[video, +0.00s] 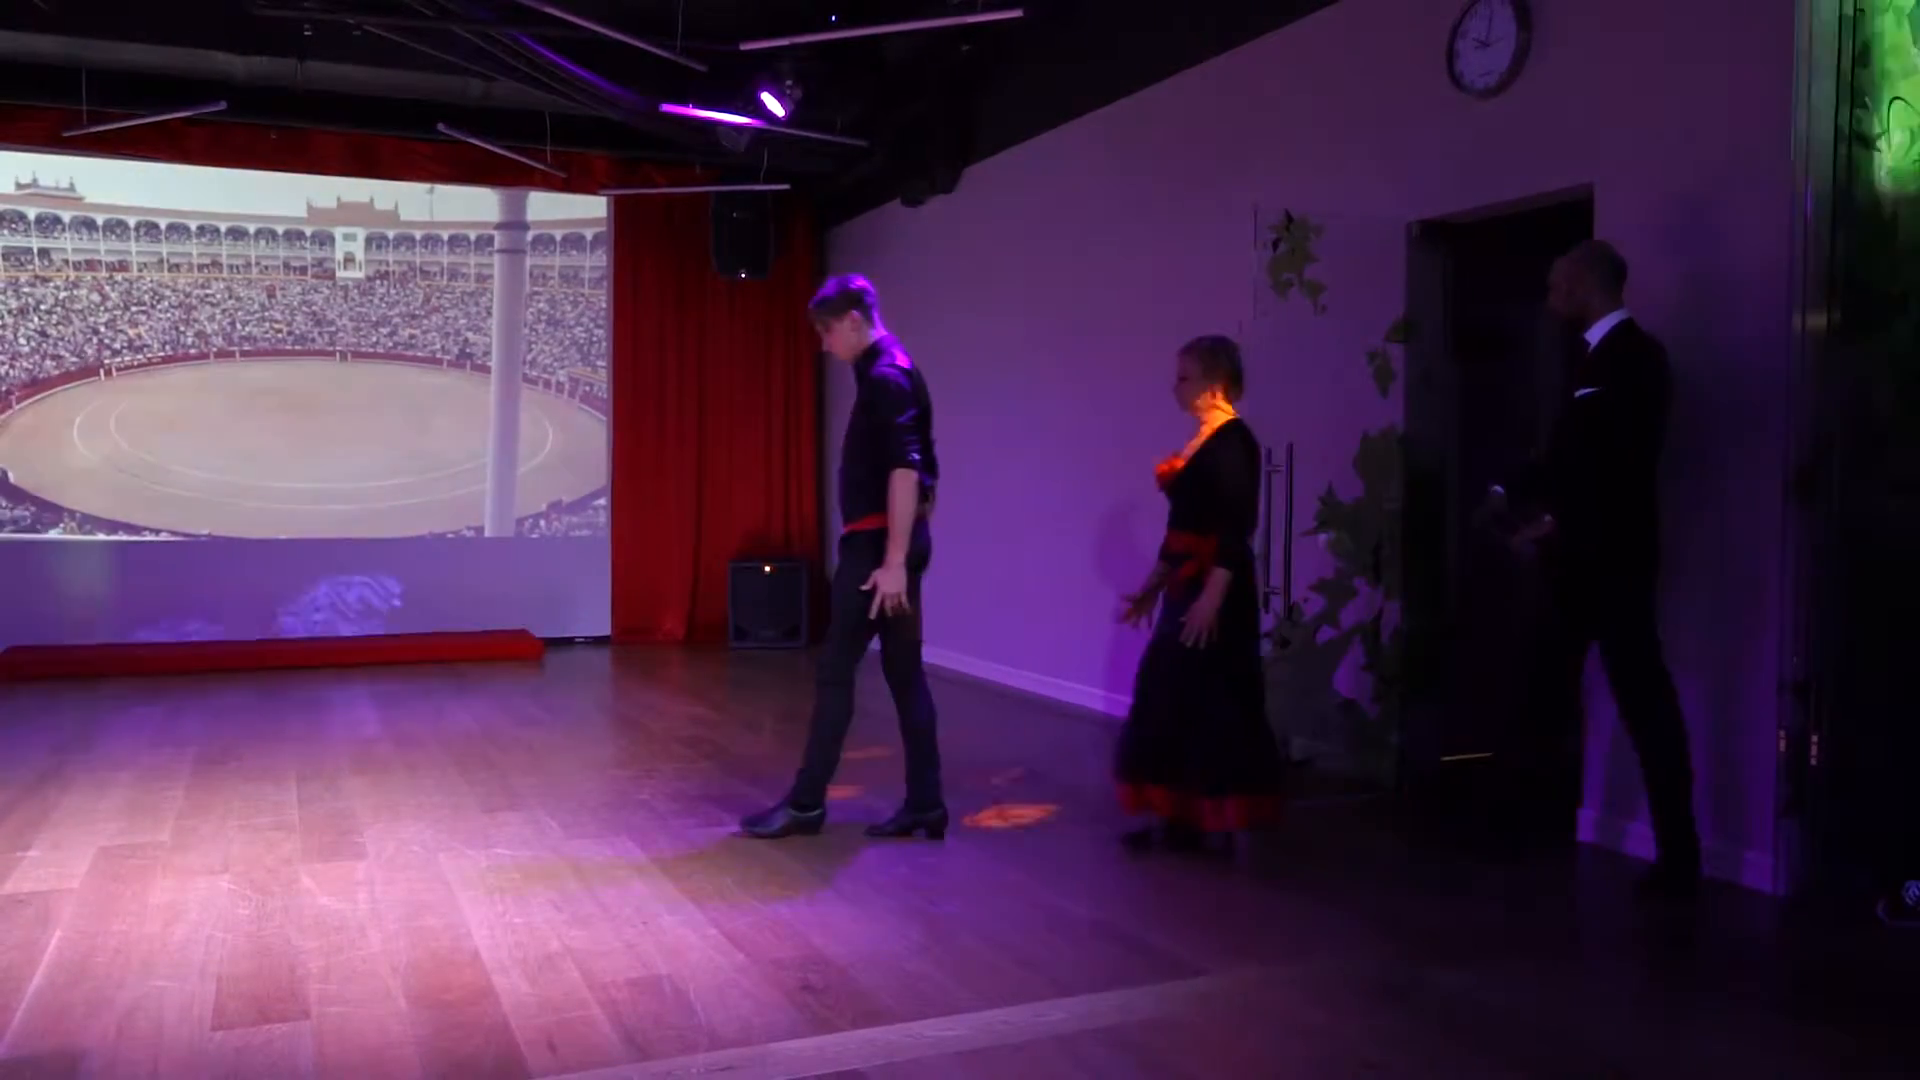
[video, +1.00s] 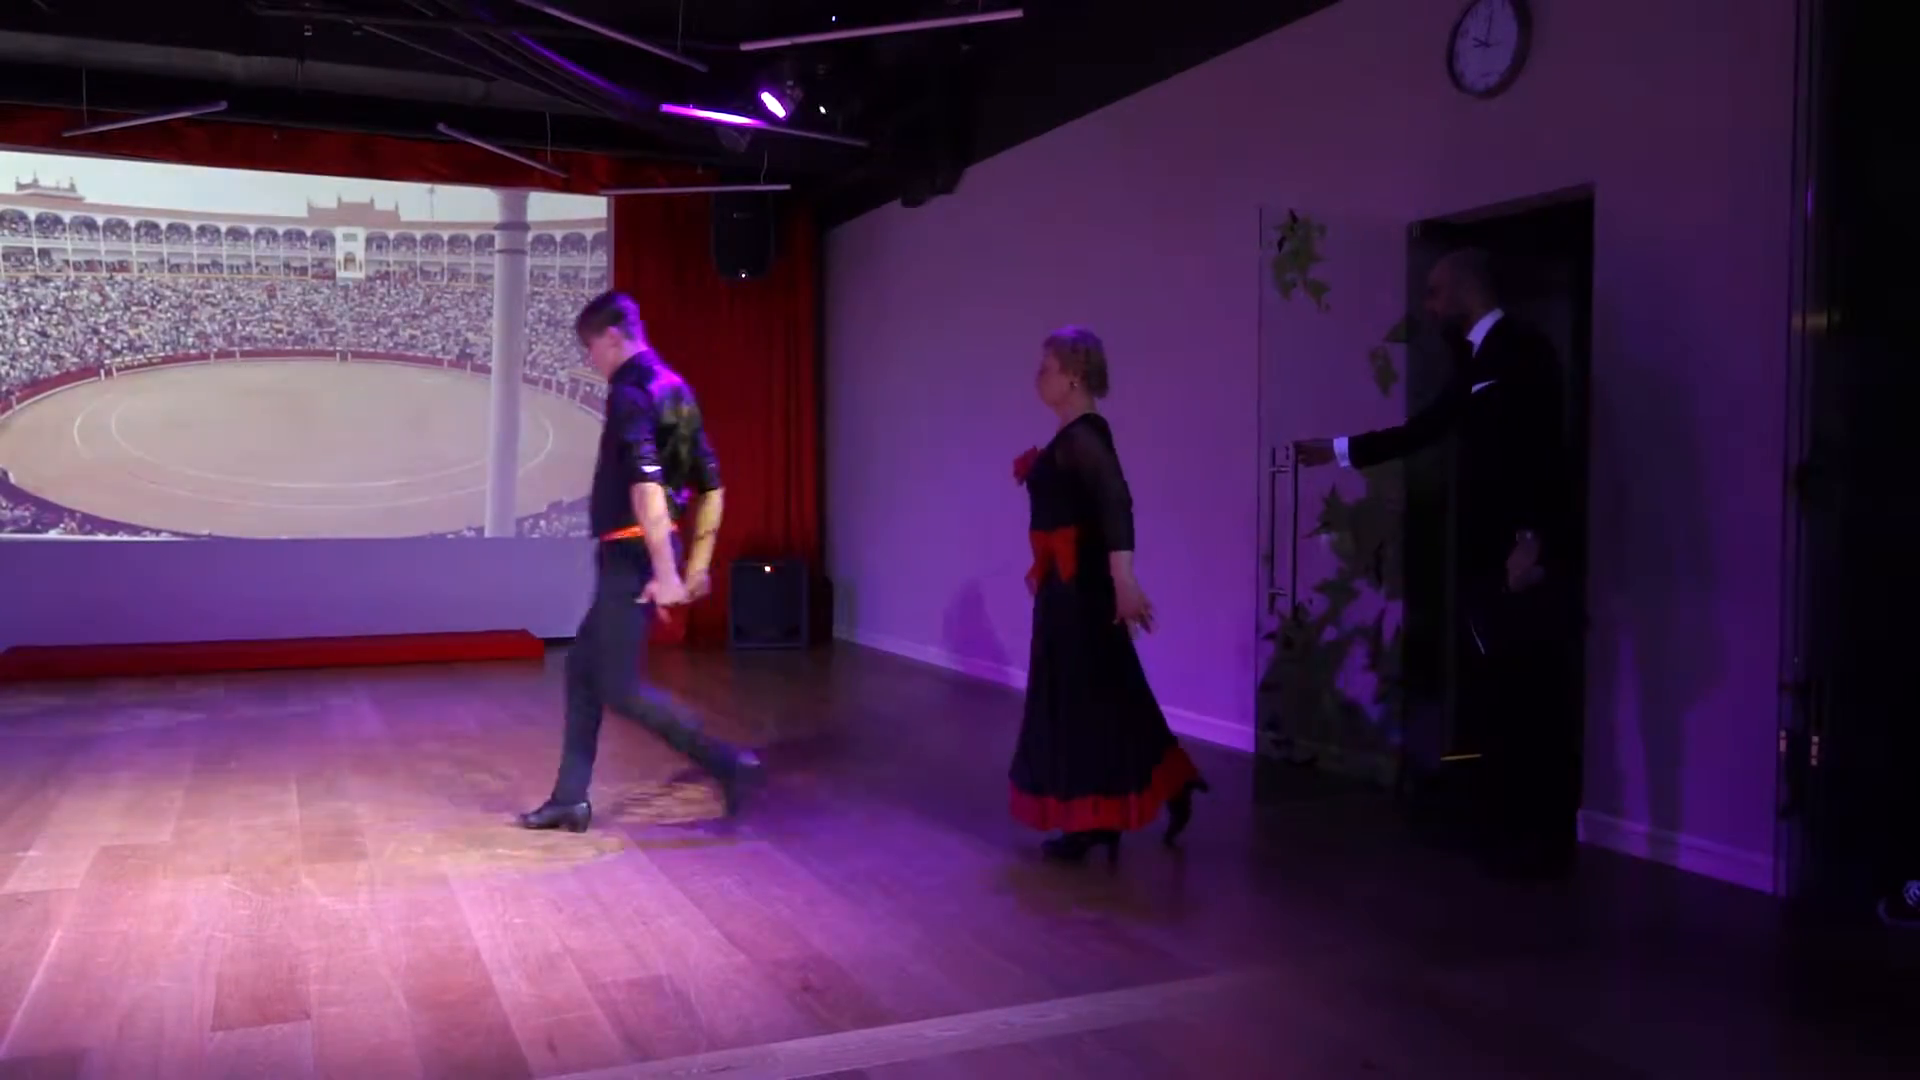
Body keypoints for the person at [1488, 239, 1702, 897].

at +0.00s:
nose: (1553, 294)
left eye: (1561, 282)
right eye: (1555, 282)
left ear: (1592, 285)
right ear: (1603, 286)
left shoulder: (1625, 358)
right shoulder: (1600, 353)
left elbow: (1597, 462)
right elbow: (1578, 456)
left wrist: (1543, 509)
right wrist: (1542, 510)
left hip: (1610, 553)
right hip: (1590, 550)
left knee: (1644, 700)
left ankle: (1677, 852)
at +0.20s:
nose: (1504, 302)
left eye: (1511, 290)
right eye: (1505, 290)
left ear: (1538, 291)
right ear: (1548, 290)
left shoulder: (1579, 358)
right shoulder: (1554, 356)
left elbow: (1573, 468)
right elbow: (1560, 467)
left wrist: (1532, 534)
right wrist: (1528, 532)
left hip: (1578, 550)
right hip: (1565, 548)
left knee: (1617, 692)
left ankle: (1669, 846)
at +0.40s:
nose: (1460, 308)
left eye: (1465, 294)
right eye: (1460, 295)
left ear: (1492, 292)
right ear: (1497, 291)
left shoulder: (1547, 352)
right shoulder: (1498, 358)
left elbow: (1552, 459)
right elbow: (1445, 424)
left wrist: (1523, 537)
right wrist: (1356, 442)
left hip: (1556, 545)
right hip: (1516, 544)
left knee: (1580, 689)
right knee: (1503, 683)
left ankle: (1620, 838)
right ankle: (1504, 822)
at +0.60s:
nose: (1440, 304)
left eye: (1445, 291)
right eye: (1439, 293)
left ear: (1475, 288)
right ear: (1468, 291)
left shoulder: (1534, 350)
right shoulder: (1483, 358)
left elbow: (1549, 454)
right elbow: (1424, 422)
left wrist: (1531, 536)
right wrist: (1336, 441)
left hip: (1536, 554)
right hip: (1491, 549)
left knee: (1547, 692)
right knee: (1496, 688)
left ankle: (1560, 836)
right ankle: (1503, 825)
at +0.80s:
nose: (1433, 301)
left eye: (1440, 289)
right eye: (1432, 291)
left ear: (1474, 288)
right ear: (1459, 293)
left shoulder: (1529, 350)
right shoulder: (1473, 361)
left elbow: (1549, 452)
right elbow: (1415, 431)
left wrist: (1536, 535)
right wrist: (1331, 450)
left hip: (1533, 555)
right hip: (1490, 548)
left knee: (1533, 688)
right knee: (1496, 684)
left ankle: (1536, 833)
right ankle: (1499, 820)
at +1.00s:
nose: (1430, 302)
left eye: (1438, 288)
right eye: (1430, 291)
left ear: (1469, 288)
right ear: (1461, 291)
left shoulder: (1524, 349)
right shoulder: (1477, 358)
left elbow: (1541, 450)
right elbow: (1421, 433)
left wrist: (1531, 534)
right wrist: (1336, 450)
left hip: (1523, 552)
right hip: (1486, 547)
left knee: (1524, 687)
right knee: (1493, 684)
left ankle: (1528, 831)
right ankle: (1495, 821)